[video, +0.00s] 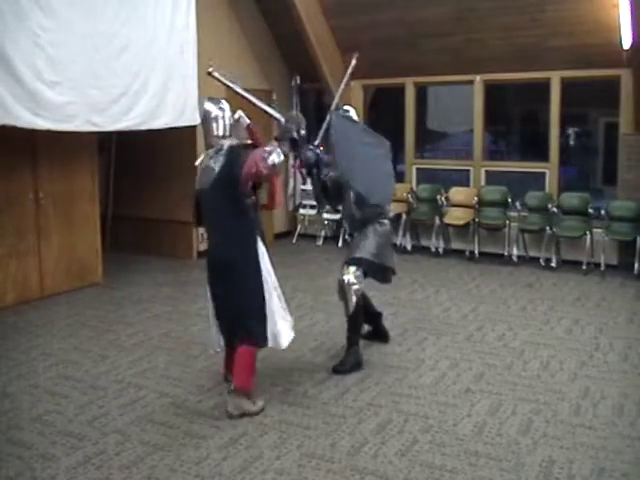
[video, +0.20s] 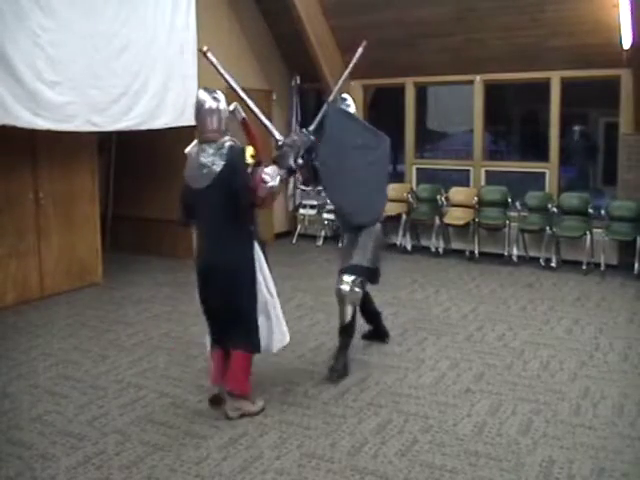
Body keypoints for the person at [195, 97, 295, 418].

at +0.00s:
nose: (250, 130)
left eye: (246, 125)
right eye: (247, 127)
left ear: (216, 132)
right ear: (242, 130)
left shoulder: (207, 162)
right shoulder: (245, 158)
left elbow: (199, 214)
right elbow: (266, 163)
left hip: (217, 250)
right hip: (243, 248)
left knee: (230, 314)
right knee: (252, 317)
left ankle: (232, 373)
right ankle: (241, 393)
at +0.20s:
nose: (217, 123)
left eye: (214, 118)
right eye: (218, 117)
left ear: (198, 123)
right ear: (224, 122)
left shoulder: (192, 159)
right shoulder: (234, 153)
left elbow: (188, 209)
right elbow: (248, 197)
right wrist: (266, 189)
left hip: (208, 251)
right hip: (237, 249)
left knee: (219, 320)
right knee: (244, 320)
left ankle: (218, 384)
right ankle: (238, 395)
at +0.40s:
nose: (212, 124)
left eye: (204, 121)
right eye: (212, 120)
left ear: (185, 127)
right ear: (215, 126)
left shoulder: (179, 161)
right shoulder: (225, 159)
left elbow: (174, 210)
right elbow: (239, 201)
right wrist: (261, 189)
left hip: (195, 257)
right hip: (229, 256)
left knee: (197, 327)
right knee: (242, 324)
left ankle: (178, 396)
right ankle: (239, 397)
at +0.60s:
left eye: (179, 125)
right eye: (199, 127)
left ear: (166, 132)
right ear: (199, 132)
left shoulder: (159, 168)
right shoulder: (206, 164)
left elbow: (156, 221)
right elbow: (229, 196)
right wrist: (245, 160)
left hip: (170, 265)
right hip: (206, 264)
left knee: (167, 343)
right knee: (225, 328)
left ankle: (161, 435)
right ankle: (238, 398)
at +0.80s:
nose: (187, 118)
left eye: (182, 114)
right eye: (184, 113)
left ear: (150, 122)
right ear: (181, 118)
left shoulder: (152, 159)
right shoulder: (189, 156)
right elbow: (236, 200)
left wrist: (226, 163)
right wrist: (241, 164)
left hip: (162, 263)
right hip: (196, 261)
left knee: (161, 338)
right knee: (213, 326)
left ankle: (161, 433)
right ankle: (219, 402)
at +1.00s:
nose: (189, 114)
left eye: (183, 109)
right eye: (186, 109)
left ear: (152, 117)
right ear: (184, 114)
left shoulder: (150, 157)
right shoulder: (190, 156)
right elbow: (217, 211)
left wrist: (203, 138)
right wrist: (227, 196)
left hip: (159, 267)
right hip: (194, 267)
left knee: (160, 348)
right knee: (210, 344)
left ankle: (162, 435)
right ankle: (212, 438)